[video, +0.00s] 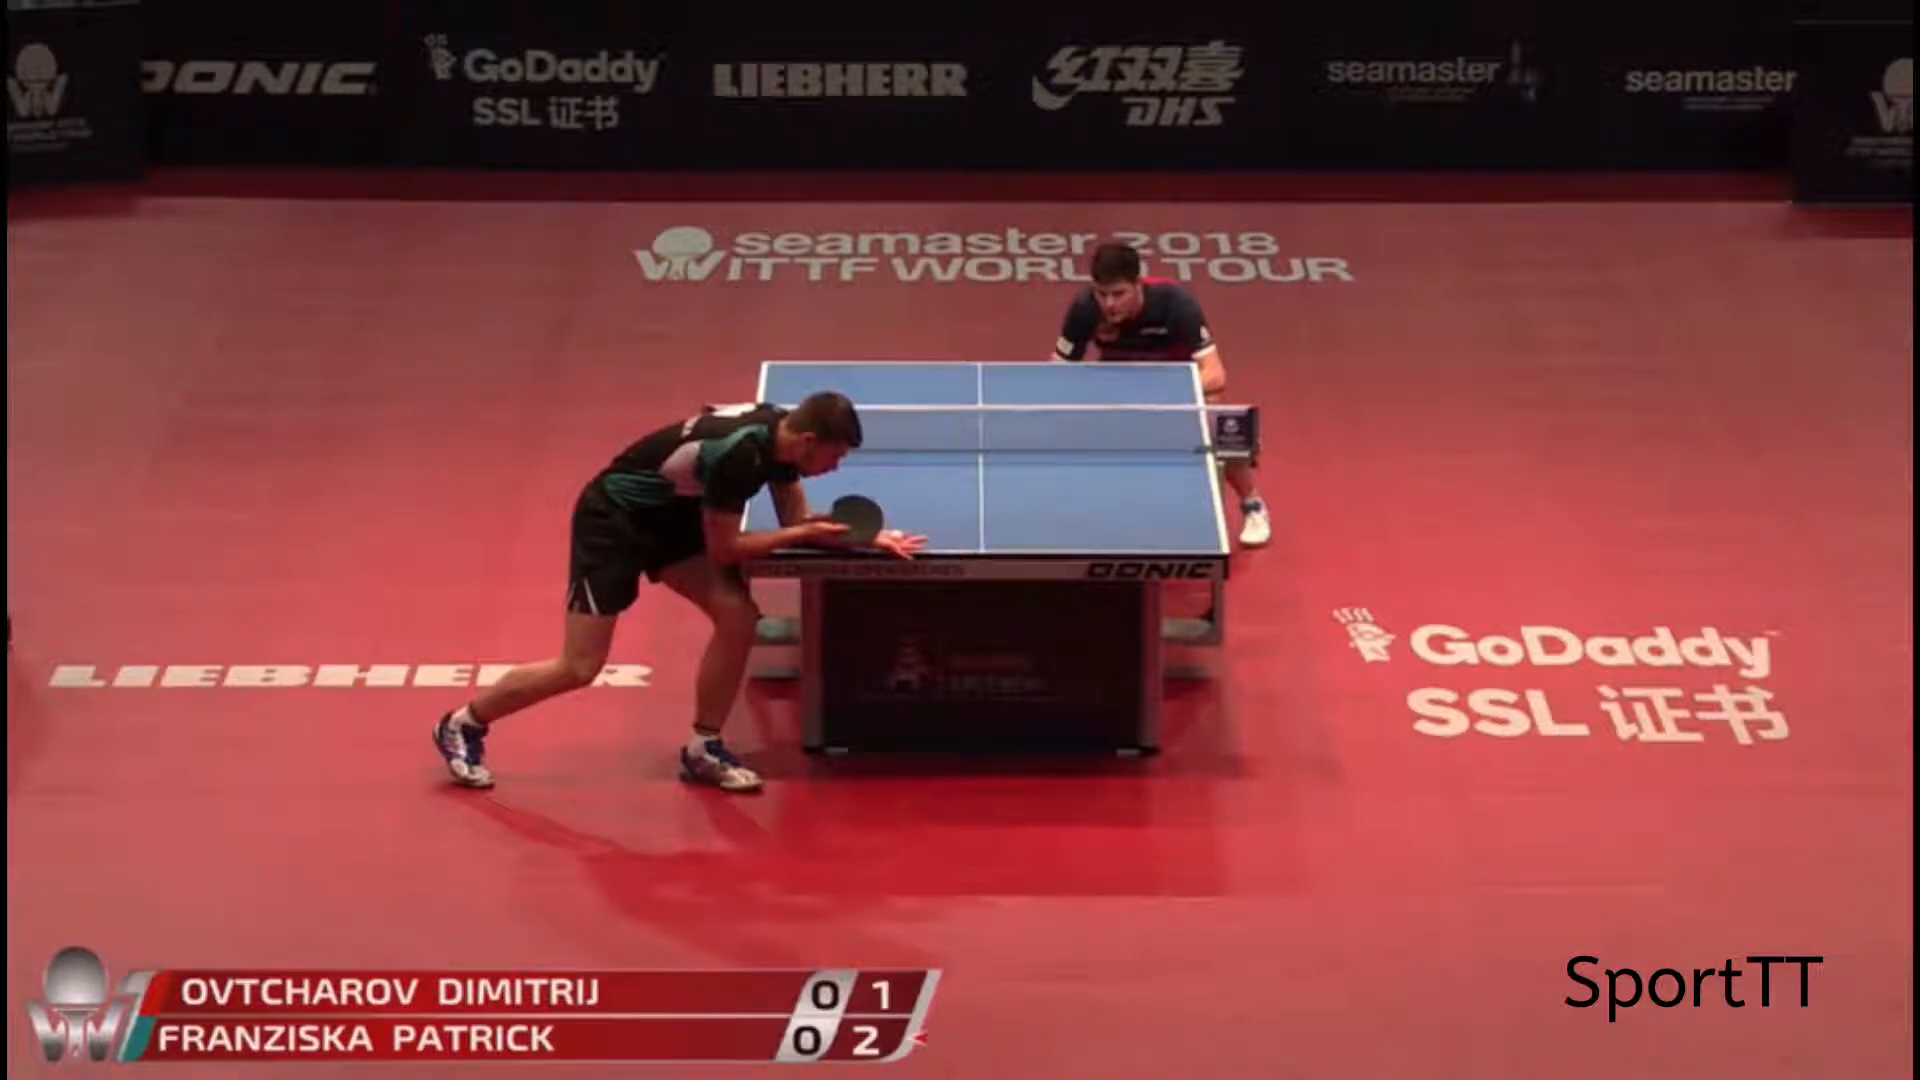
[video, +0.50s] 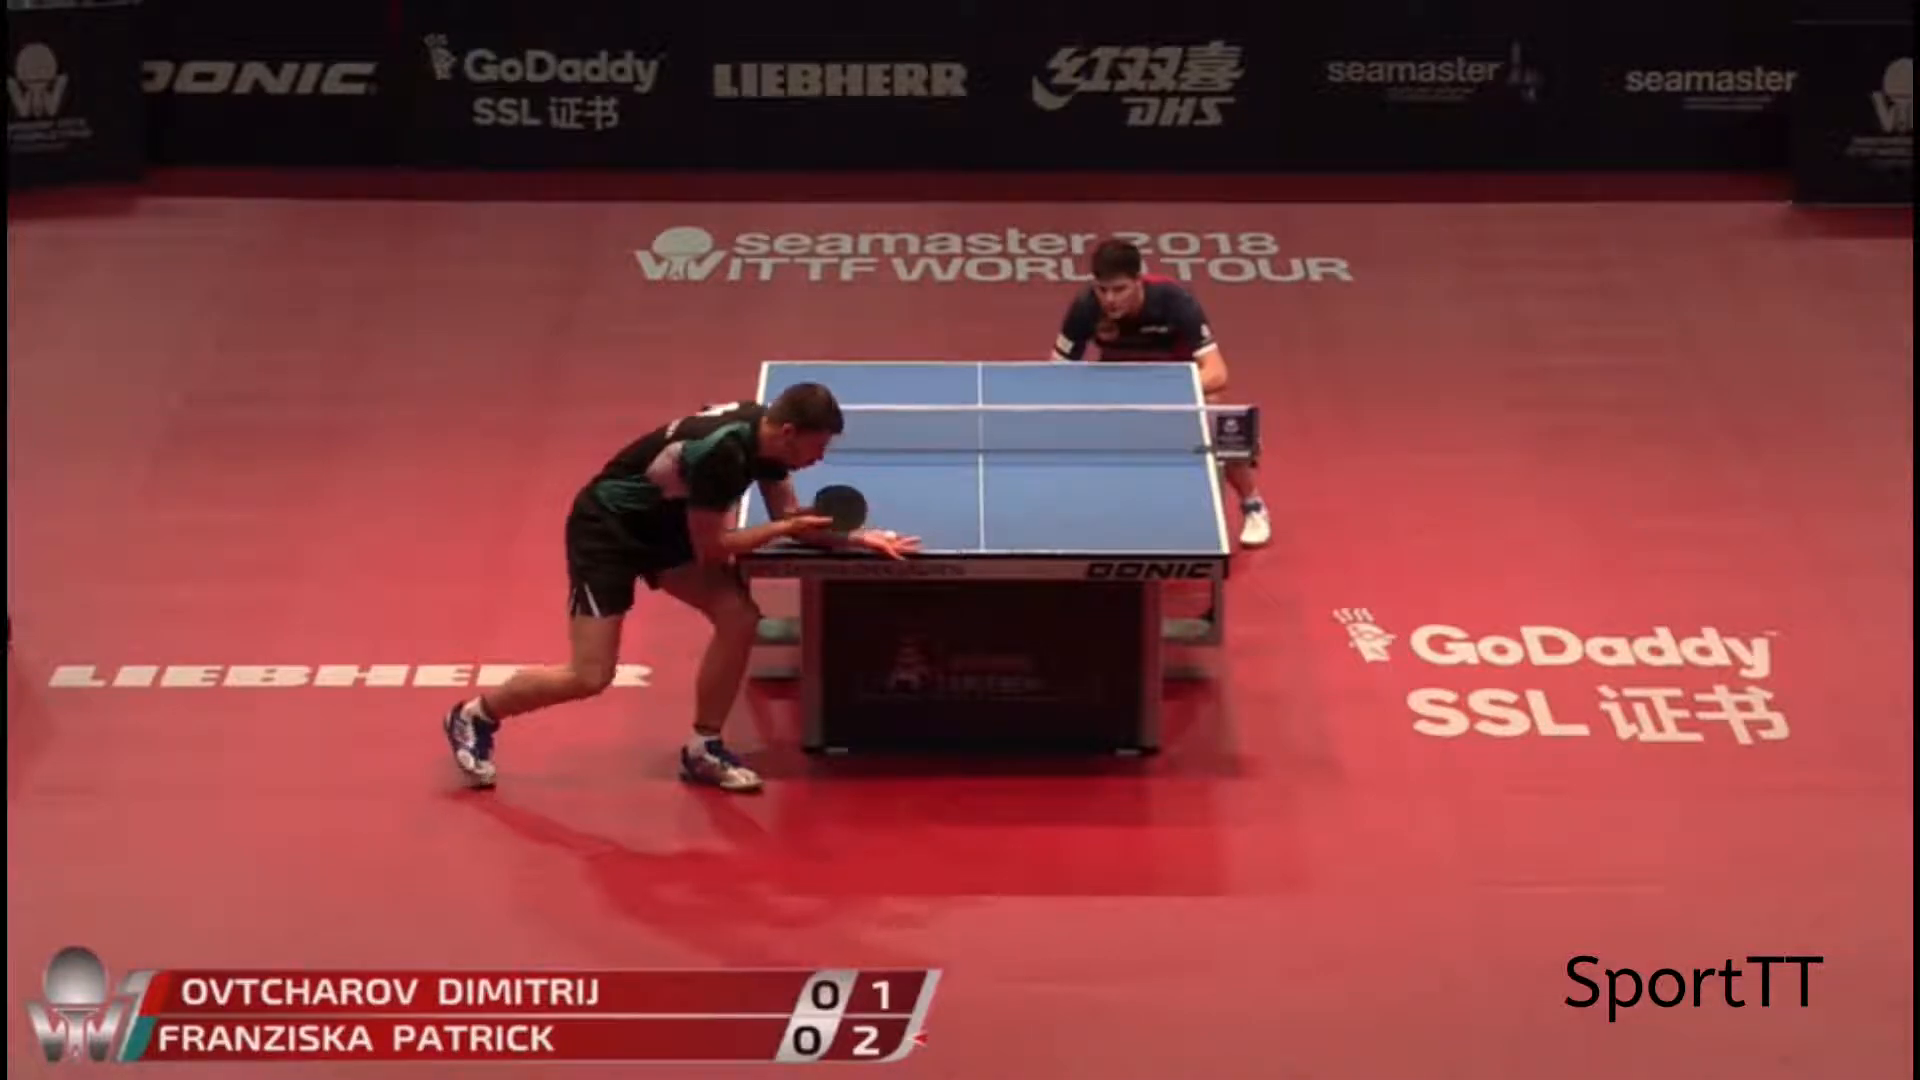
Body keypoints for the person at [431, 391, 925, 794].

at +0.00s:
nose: (830, 468)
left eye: (836, 459)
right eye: (830, 458)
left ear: (810, 437)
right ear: (807, 441)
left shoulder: (781, 440)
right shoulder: (737, 452)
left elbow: (798, 524)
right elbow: (726, 553)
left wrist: (872, 539)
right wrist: (805, 533)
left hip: (670, 528)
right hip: (612, 517)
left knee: (738, 617)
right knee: (578, 667)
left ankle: (704, 750)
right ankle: (464, 725)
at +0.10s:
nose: (830, 468)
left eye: (836, 459)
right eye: (830, 458)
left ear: (810, 437)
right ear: (807, 441)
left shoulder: (781, 440)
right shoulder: (736, 453)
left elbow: (798, 525)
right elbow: (725, 553)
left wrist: (872, 539)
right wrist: (805, 533)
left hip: (670, 528)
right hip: (612, 517)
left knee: (738, 617)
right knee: (579, 667)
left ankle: (704, 750)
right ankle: (464, 725)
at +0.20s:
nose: (830, 467)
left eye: (835, 458)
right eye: (829, 457)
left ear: (809, 437)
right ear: (805, 439)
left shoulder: (779, 441)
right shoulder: (735, 453)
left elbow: (796, 524)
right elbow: (725, 553)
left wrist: (871, 539)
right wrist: (804, 533)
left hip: (669, 529)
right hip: (611, 519)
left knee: (738, 617)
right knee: (581, 670)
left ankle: (704, 749)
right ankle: (466, 724)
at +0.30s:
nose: (828, 467)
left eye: (834, 458)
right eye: (829, 457)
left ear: (807, 436)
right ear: (805, 439)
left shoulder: (777, 441)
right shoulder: (735, 452)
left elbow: (795, 525)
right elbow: (724, 552)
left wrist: (870, 539)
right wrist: (803, 532)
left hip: (668, 529)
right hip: (611, 519)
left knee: (738, 616)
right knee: (583, 671)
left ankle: (704, 750)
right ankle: (467, 723)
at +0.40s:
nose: (826, 463)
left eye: (831, 454)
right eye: (825, 452)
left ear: (801, 433)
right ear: (797, 435)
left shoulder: (774, 443)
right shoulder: (730, 452)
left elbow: (792, 525)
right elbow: (723, 550)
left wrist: (871, 540)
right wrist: (794, 530)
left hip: (666, 529)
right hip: (608, 520)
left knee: (738, 616)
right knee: (587, 672)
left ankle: (704, 749)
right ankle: (472, 720)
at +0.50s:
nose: (818, 458)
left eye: (823, 449)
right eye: (816, 447)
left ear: (794, 430)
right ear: (787, 429)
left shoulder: (768, 442)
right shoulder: (723, 449)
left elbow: (790, 522)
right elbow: (712, 549)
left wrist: (862, 538)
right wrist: (785, 525)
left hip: (665, 531)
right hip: (606, 523)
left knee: (739, 618)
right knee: (589, 676)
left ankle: (704, 749)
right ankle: (475, 716)